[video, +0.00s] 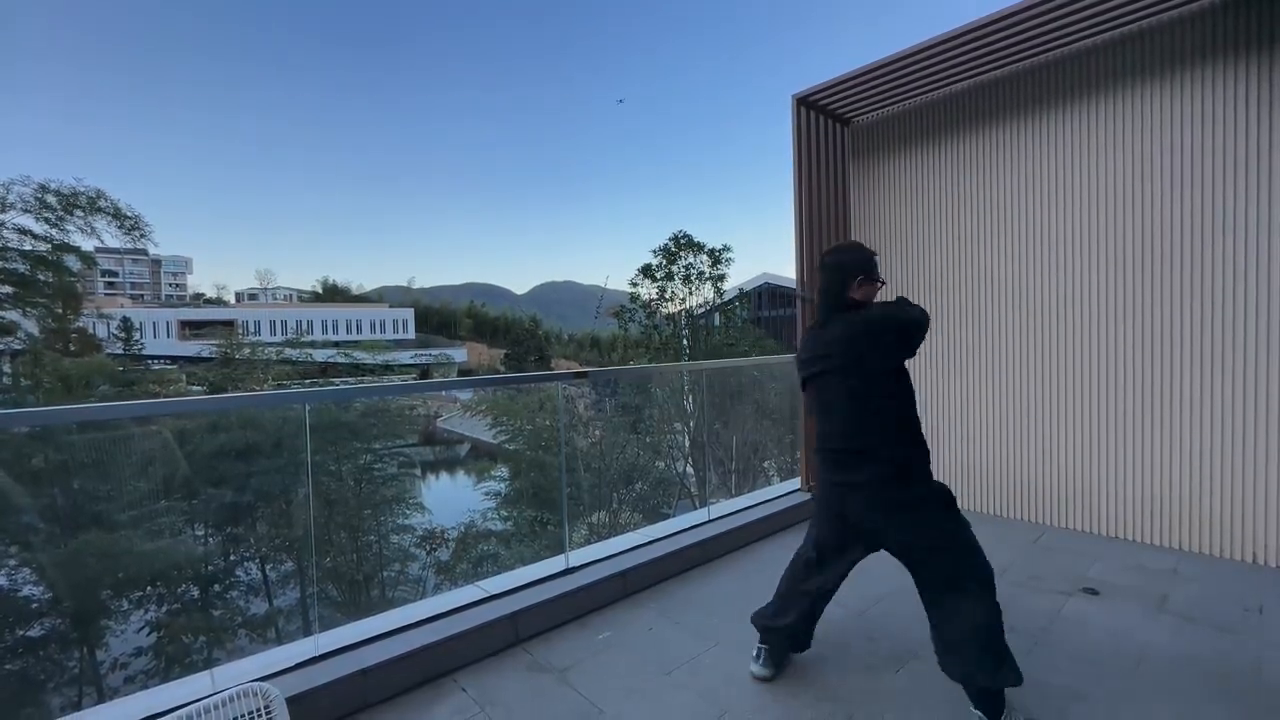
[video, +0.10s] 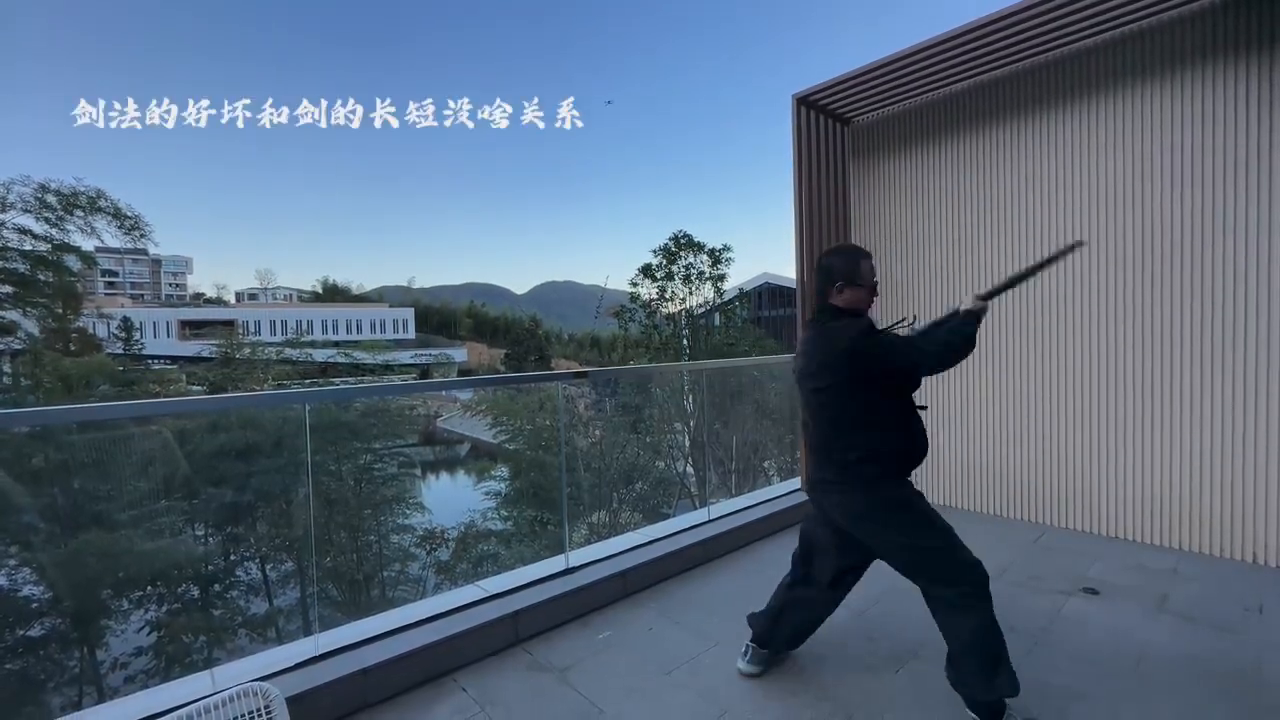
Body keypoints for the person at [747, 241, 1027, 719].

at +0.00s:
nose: (876, 289)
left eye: (874, 280)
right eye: (867, 281)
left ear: (828, 289)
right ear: (847, 288)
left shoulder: (811, 344)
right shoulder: (876, 327)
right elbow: (915, 319)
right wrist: (886, 302)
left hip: (839, 495)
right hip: (903, 491)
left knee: (813, 565)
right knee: (963, 579)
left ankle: (771, 644)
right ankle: (986, 693)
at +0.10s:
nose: (875, 293)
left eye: (874, 284)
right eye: (869, 285)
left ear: (834, 293)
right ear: (840, 291)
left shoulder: (817, 340)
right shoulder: (857, 340)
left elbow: (896, 354)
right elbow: (921, 356)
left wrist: (953, 323)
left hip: (834, 492)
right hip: (878, 494)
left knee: (816, 574)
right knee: (961, 580)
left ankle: (761, 646)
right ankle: (988, 701)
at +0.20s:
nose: (884, 304)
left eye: (883, 295)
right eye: (876, 296)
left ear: (847, 300)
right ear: (844, 300)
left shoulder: (858, 342)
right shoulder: (829, 357)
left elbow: (903, 373)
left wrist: (945, 358)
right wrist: (945, 383)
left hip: (849, 497)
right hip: (855, 504)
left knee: (826, 584)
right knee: (944, 587)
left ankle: (765, 646)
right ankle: (991, 704)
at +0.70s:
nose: (762, 372)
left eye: (761, 363)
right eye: (759, 364)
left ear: (772, 360)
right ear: (802, 349)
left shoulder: (784, 400)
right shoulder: (844, 368)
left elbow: (772, 452)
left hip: (846, 526)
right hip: (908, 517)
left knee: (778, 547)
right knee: (953, 608)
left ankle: (763, 643)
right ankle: (1015, 702)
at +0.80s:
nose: (758, 379)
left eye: (758, 372)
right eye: (757, 373)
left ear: (771, 372)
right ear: (802, 359)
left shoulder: (788, 410)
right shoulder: (844, 383)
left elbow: (745, 430)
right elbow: (793, 394)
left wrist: (733, 404)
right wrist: (743, 387)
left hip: (853, 531)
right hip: (916, 525)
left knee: (779, 547)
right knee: (954, 612)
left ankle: (764, 644)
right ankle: (1014, 704)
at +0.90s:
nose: (776, 369)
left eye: (775, 362)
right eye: (775, 362)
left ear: (786, 361)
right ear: (818, 350)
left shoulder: (798, 403)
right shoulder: (858, 372)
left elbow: (772, 451)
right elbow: (828, 407)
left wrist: (769, 410)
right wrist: (774, 398)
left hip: (852, 531)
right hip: (916, 527)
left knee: (782, 548)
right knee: (952, 613)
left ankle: (765, 641)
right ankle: (1019, 706)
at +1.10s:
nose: (865, 328)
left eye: (866, 319)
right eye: (864, 320)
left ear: (885, 315)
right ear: (918, 309)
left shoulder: (901, 362)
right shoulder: (962, 345)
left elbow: (844, 403)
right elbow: (885, 372)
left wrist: (822, 361)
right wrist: (829, 356)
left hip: (928, 509)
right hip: (992, 509)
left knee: (851, 568)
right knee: (965, 610)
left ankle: (786, 631)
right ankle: (1034, 700)